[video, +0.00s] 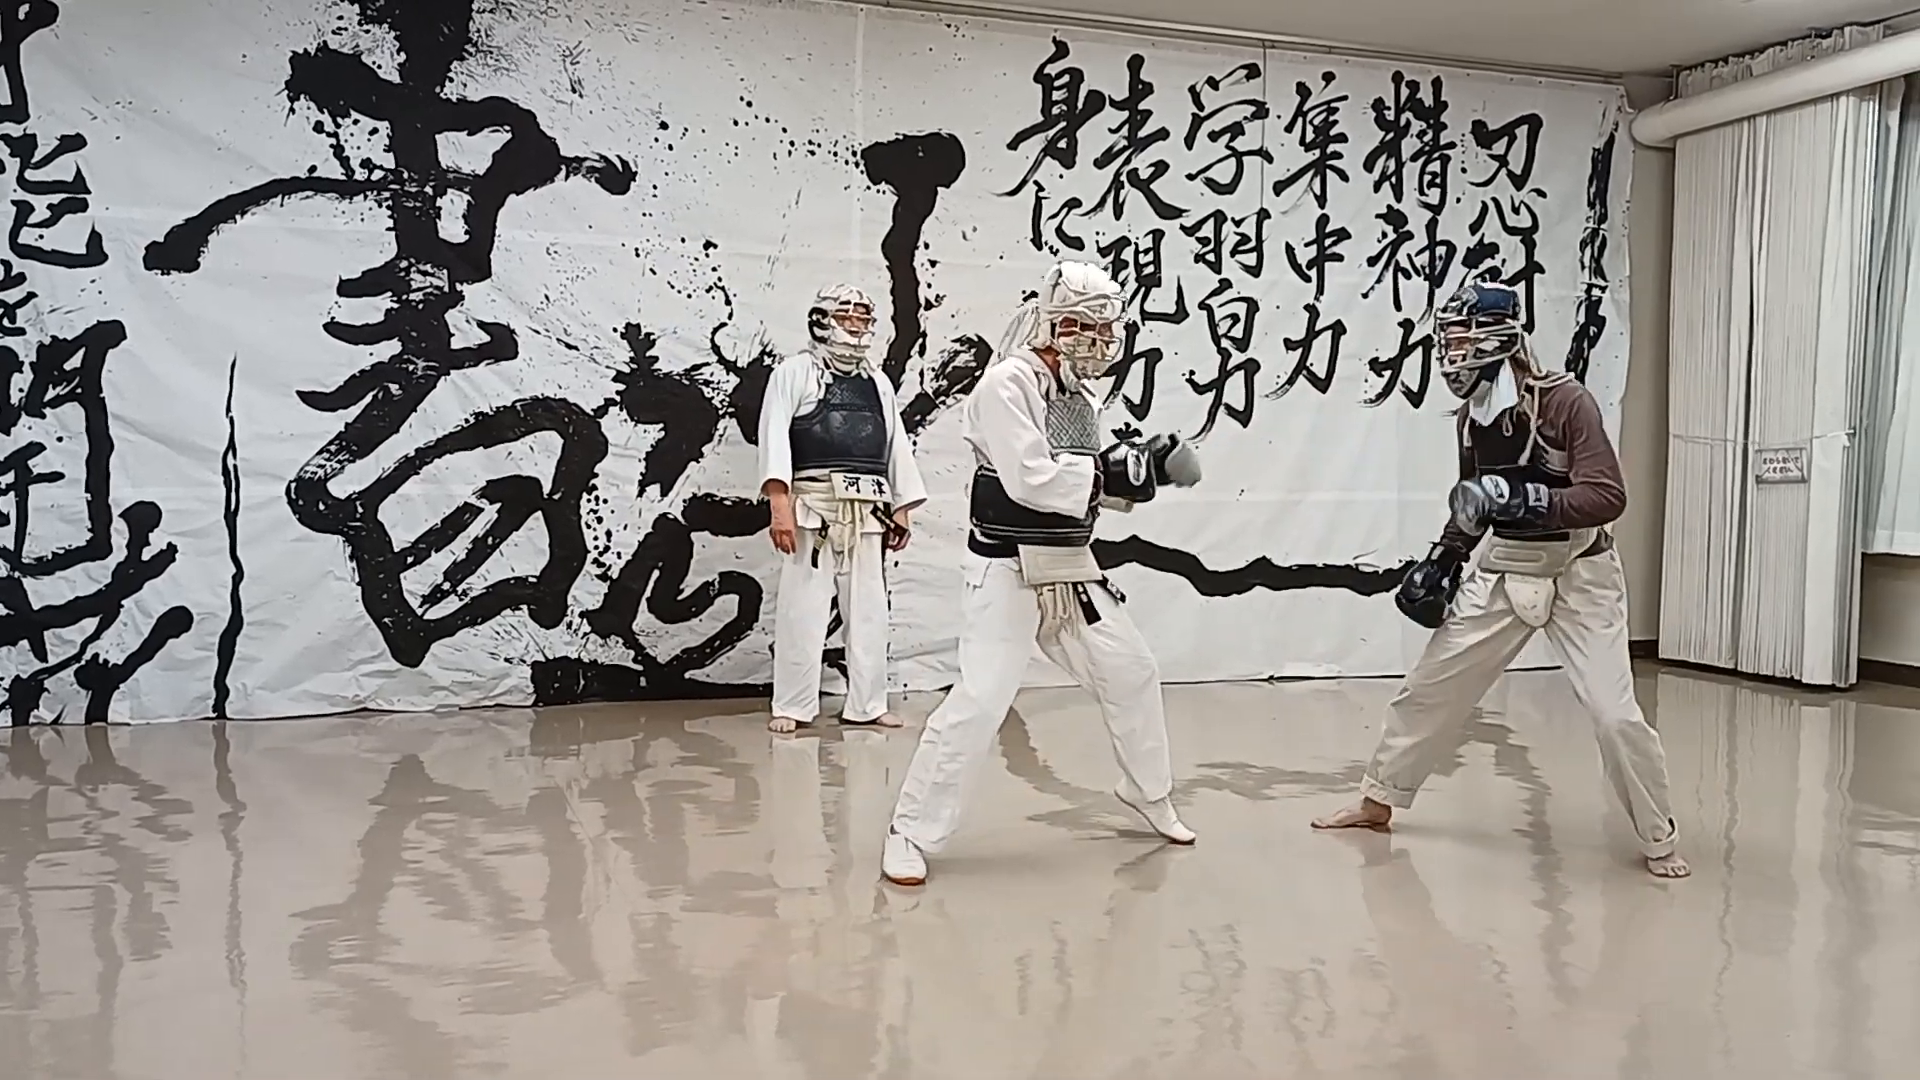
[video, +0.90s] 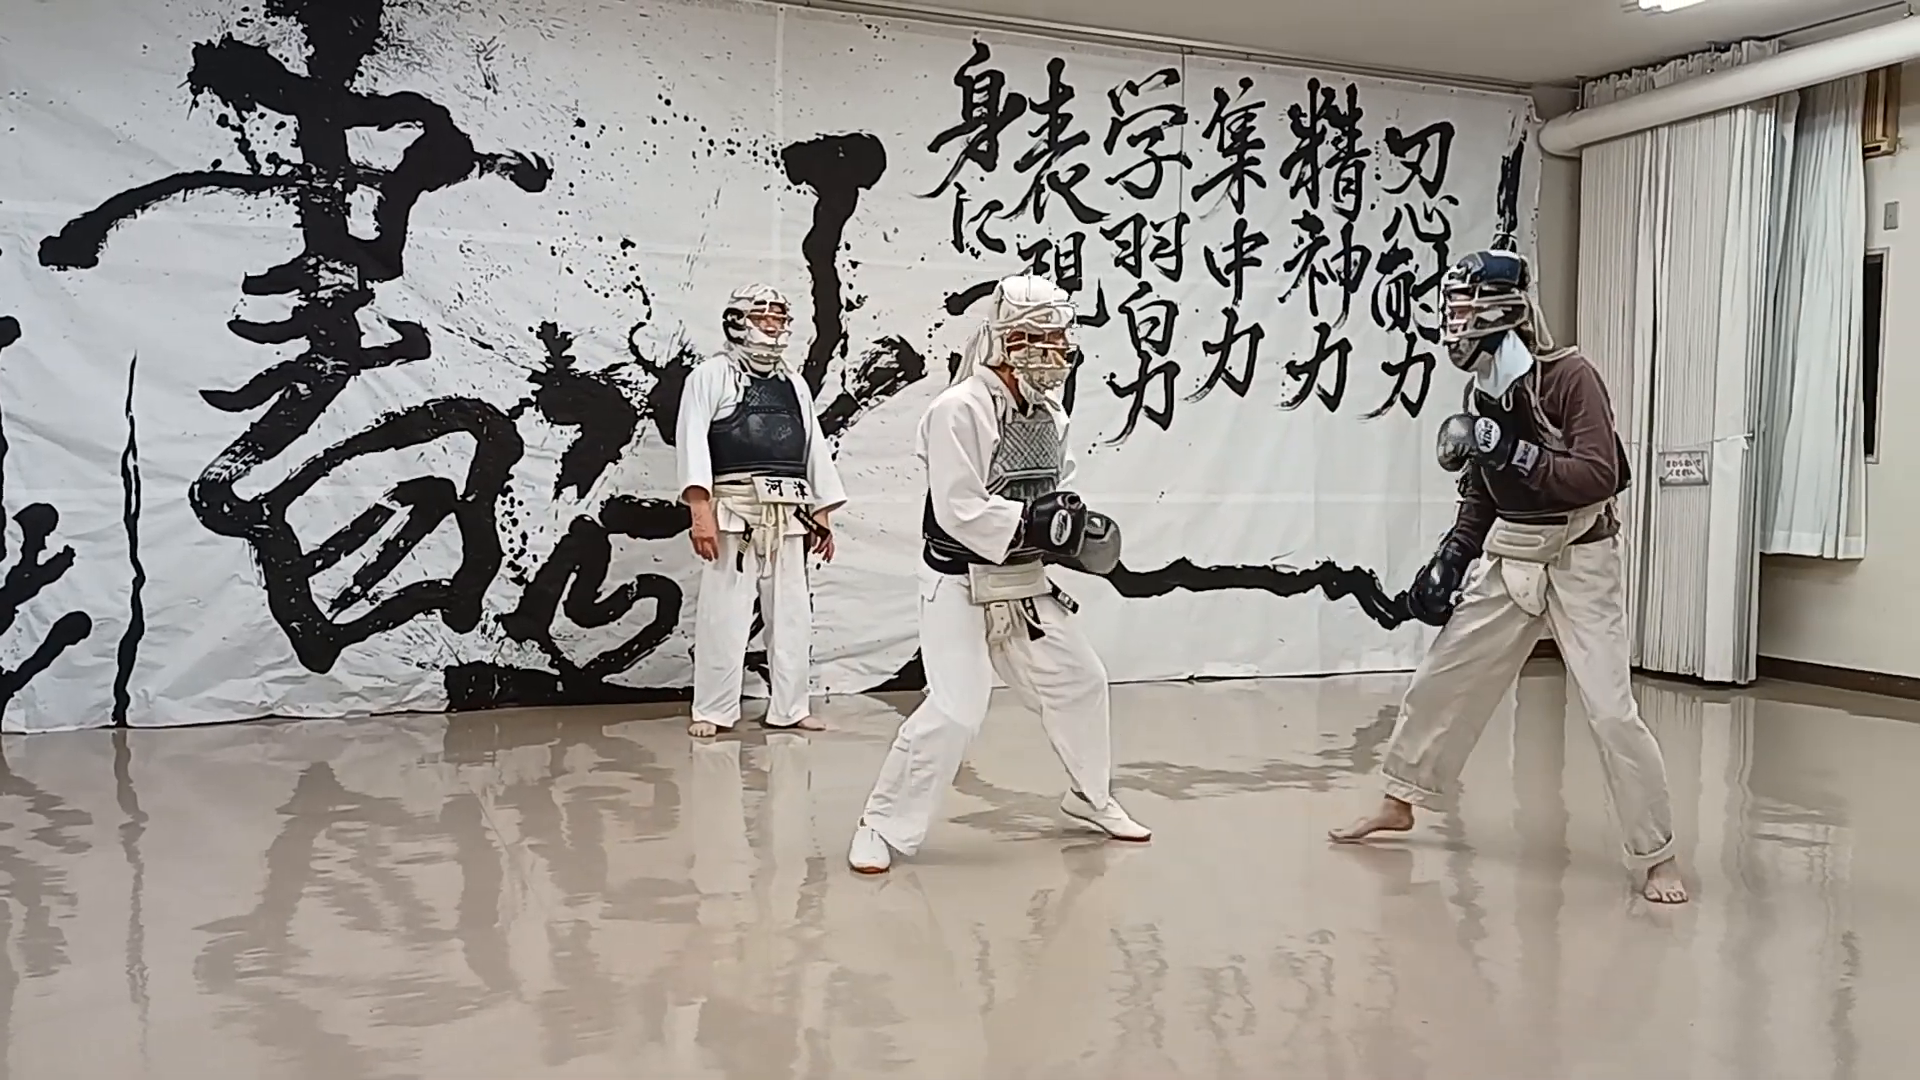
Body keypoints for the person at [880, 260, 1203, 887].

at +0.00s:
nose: (1092, 341)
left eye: (1102, 330)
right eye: (1079, 327)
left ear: (1110, 333)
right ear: (1050, 325)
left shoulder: (1081, 396)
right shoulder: (1005, 382)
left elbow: (1084, 482)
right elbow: (1028, 478)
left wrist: (1140, 472)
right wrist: (1115, 472)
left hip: (1068, 566)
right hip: (1005, 568)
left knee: (1133, 672)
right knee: (981, 697)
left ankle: (1149, 794)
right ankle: (909, 836)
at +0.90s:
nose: (1048, 350)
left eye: (1056, 339)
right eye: (1033, 339)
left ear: (1065, 344)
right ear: (1003, 343)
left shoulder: (1047, 412)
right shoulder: (959, 409)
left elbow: (1039, 486)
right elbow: (959, 510)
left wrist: (1064, 517)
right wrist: (1036, 524)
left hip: (1022, 576)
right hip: (956, 581)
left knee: (1082, 679)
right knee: (956, 709)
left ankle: (1091, 797)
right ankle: (880, 827)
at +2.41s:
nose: (1106, 353)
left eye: (1115, 340)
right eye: (1089, 340)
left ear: (1126, 345)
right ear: (1057, 346)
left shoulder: (1121, 417)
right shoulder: (1021, 415)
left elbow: (1125, 496)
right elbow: (1021, 512)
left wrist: (1154, 521)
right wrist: (1102, 517)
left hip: (1097, 596)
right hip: (1023, 596)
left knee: (1181, 685)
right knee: (987, 720)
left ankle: (1184, 826)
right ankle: (929, 817)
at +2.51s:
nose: (1148, 345)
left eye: (1155, 332)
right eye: (1133, 332)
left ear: (1162, 337)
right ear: (1100, 340)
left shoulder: (1157, 413)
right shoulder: (1069, 405)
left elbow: (1173, 494)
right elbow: (1081, 491)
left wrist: (1220, 486)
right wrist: (1157, 474)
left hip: (1133, 591)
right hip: (1061, 590)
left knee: (1199, 700)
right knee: (1020, 728)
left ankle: (1193, 839)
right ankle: (934, 805)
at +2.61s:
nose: (1177, 332)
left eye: (1184, 321)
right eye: (1162, 319)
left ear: (1194, 328)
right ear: (1130, 324)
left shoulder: (1184, 400)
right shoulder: (1100, 384)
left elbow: (1248, 457)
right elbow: (1079, 475)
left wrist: (1290, 439)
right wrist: (1141, 494)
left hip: (1177, 567)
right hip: (1117, 568)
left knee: (1221, 698)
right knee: (1183, 696)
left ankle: (1194, 839)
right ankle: (1082, 760)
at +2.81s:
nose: (1218, 319)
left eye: (1223, 307)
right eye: (1204, 307)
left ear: (1228, 312)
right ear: (1166, 313)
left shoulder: (1220, 383)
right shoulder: (1139, 377)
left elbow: (1267, 435)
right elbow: (1101, 472)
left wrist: (1327, 435)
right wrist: (1156, 510)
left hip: (1244, 549)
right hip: (1212, 552)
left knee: (1263, 690)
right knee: (1352, 528)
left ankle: (1196, 819)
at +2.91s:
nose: (1237, 316)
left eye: (1240, 303)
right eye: (1222, 304)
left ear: (1244, 307)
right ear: (1184, 311)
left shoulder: (1223, 379)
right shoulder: (1171, 376)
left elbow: (1260, 451)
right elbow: (1159, 473)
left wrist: (1327, 472)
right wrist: (1230, 464)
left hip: (1259, 555)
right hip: (1240, 561)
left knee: (1290, 694)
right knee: (1398, 514)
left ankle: (1200, 818)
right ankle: (1556, 602)